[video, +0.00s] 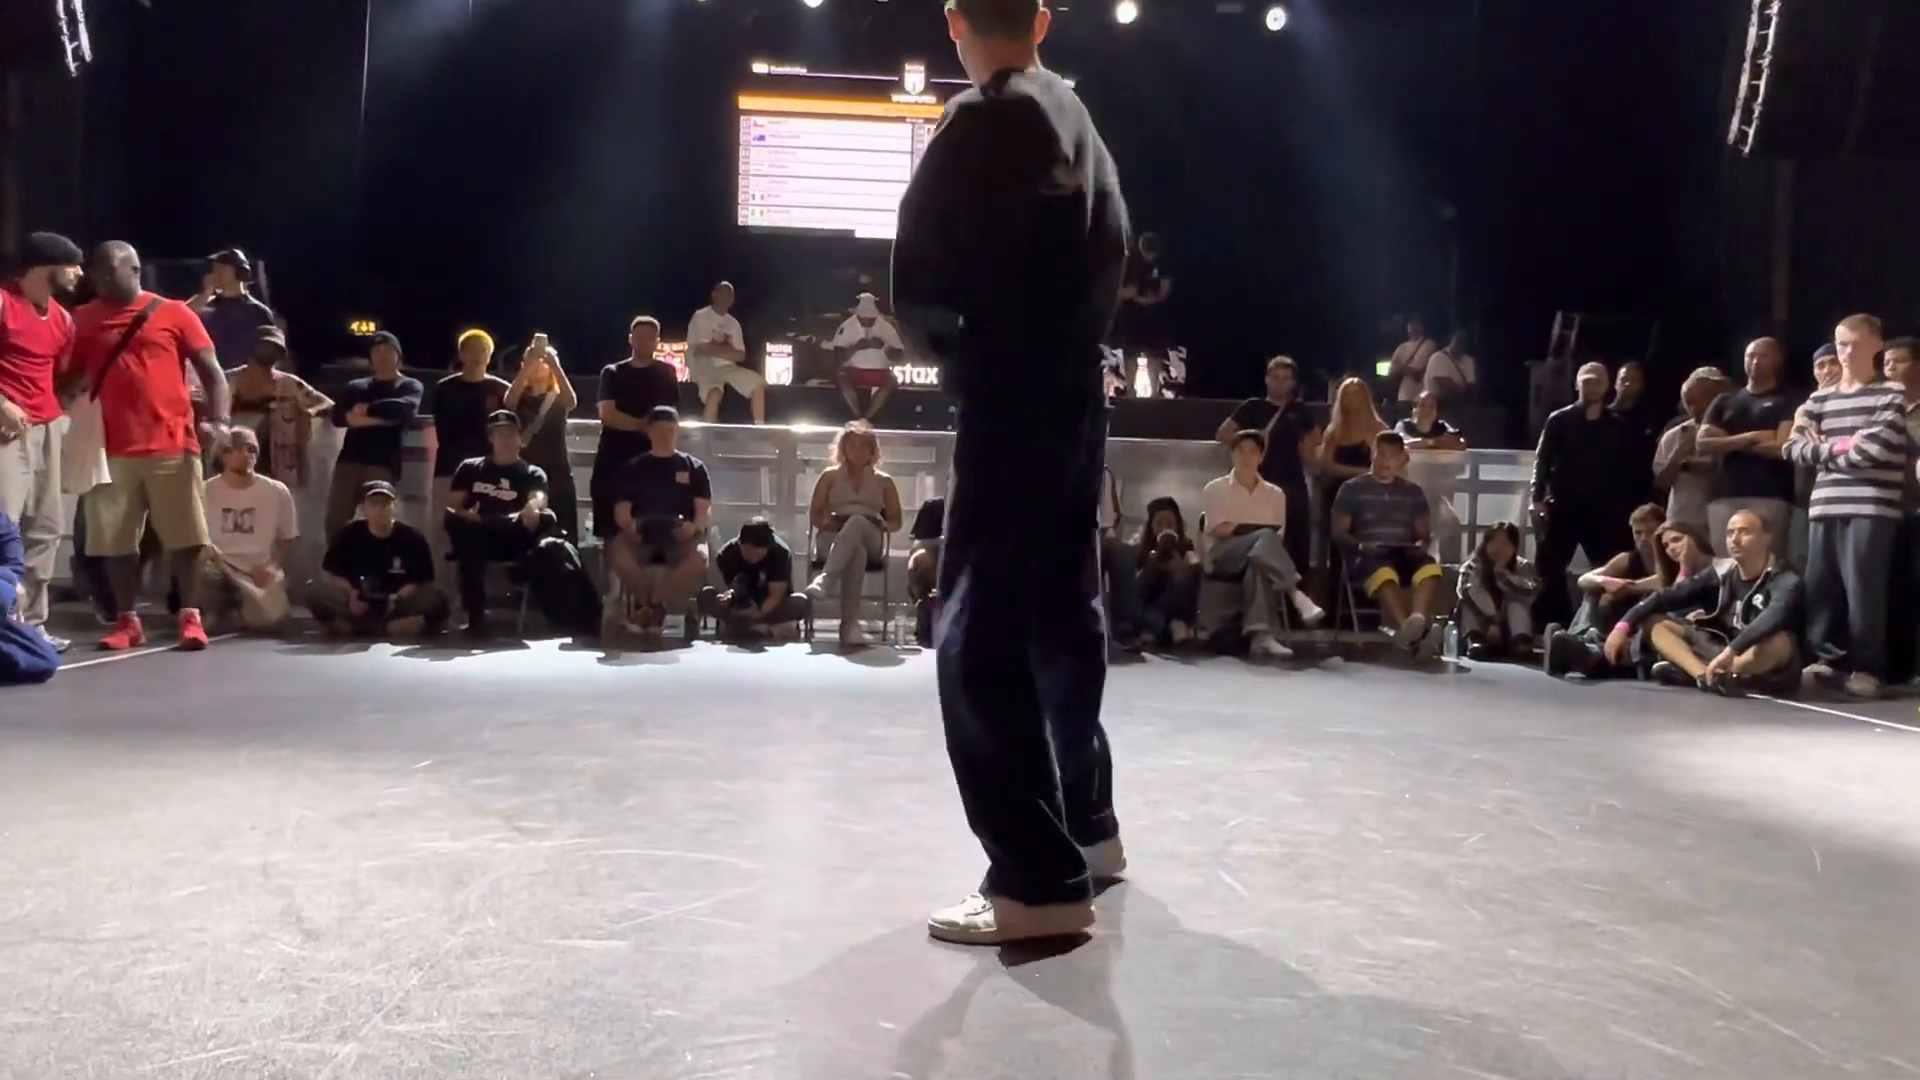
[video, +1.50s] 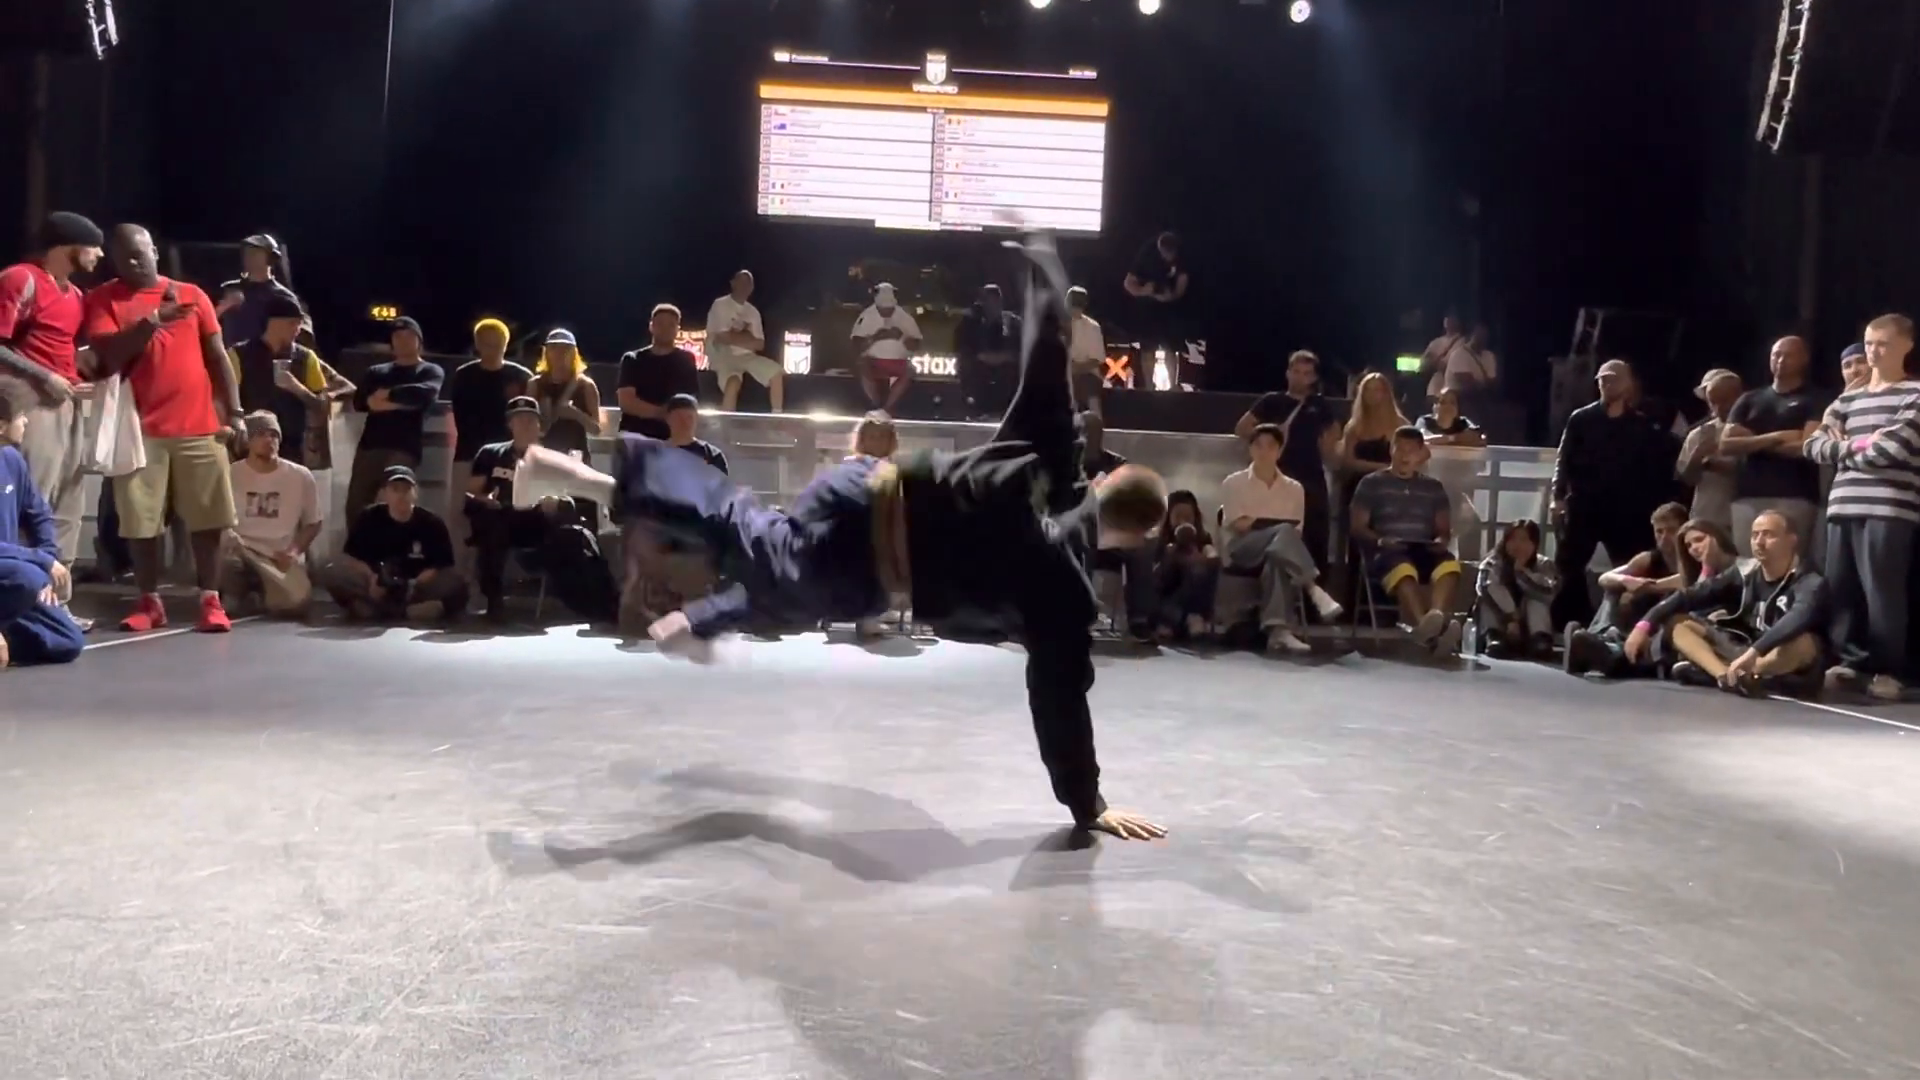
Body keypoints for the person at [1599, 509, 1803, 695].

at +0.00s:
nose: (1734, 539)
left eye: (1743, 533)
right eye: (1730, 534)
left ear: (1766, 537)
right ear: (1725, 539)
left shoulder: (1786, 581)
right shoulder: (1723, 571)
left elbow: (1774, 618)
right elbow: (1671, 596)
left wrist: (1732, 650)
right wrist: (1623, 626)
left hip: (1767, 665)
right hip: (1723, 651)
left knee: (1781, 642)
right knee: (1658, 627)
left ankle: (1706, 677)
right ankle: (1705, 676)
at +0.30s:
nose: (1740, 541)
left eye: (1750, 534)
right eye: (1736, 535)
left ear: (1771, 539)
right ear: (1731, 541)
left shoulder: (1791, 583)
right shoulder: (1728, 574)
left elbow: (1781, 620)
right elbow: (1675, 598)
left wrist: (1738, 652)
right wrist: (1628, 629)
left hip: (1772, 666)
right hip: (1729, 654)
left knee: (1787, 643)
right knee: (1663, 630)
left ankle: (1712, 678)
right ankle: (1709, 678)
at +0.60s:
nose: (1744, 543)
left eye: (1753, 536)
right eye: (1740, 537)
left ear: (1775, 541)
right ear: (1735, 542)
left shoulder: (1796, 583)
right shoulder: (1732, 575)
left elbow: (1785, 620)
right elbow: (1680, 598)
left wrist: (1742, 653)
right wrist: (1632, 628)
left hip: (1777, 666)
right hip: (1733, 654)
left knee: (1791, 644)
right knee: (1666, 630)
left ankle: (1717, 678)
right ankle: (1712, 679)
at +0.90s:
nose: (1750, 541)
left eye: (1759, 534)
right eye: (1746, 535)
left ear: (1783, 541)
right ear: (1741, 541)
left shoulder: (1801, 582)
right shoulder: (1738, 574)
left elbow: (1790, 619)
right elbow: (1685, 597)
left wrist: (1747, 653)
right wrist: (1637, 627)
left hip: (1780, 664)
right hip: (1737, 653)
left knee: (1796, 644)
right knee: (1671, 629)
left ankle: (1723, 677)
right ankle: (1717, 678)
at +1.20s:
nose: (1754, 541)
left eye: (1764, 534)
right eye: (1751, 535)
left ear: (1787, 540)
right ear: (1746, 540)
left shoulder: (1806, 582)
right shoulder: (1742, 572)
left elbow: (1794, 619)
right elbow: (1690, 595)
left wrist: (1752, 651)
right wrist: (1642, 625)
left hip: (1785, 661)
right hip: (1743, 650)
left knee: (1800, 642)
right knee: (1676, 628)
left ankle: (1726, 677)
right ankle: (1723, 677)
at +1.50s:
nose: (1758, 542)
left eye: (1767, 535)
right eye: (1755, 536)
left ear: (1792, 540)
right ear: (1749, 540)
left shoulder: (1810, 582)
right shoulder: (1745, 572)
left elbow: (1798, 620)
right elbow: (1693, 595)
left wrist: (1754, 651)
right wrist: (1645, 625)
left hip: (1789, 661)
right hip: (1746, 651)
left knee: (1803, 643)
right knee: (1679, 627)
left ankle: (1726, 678)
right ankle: (1726, 677)